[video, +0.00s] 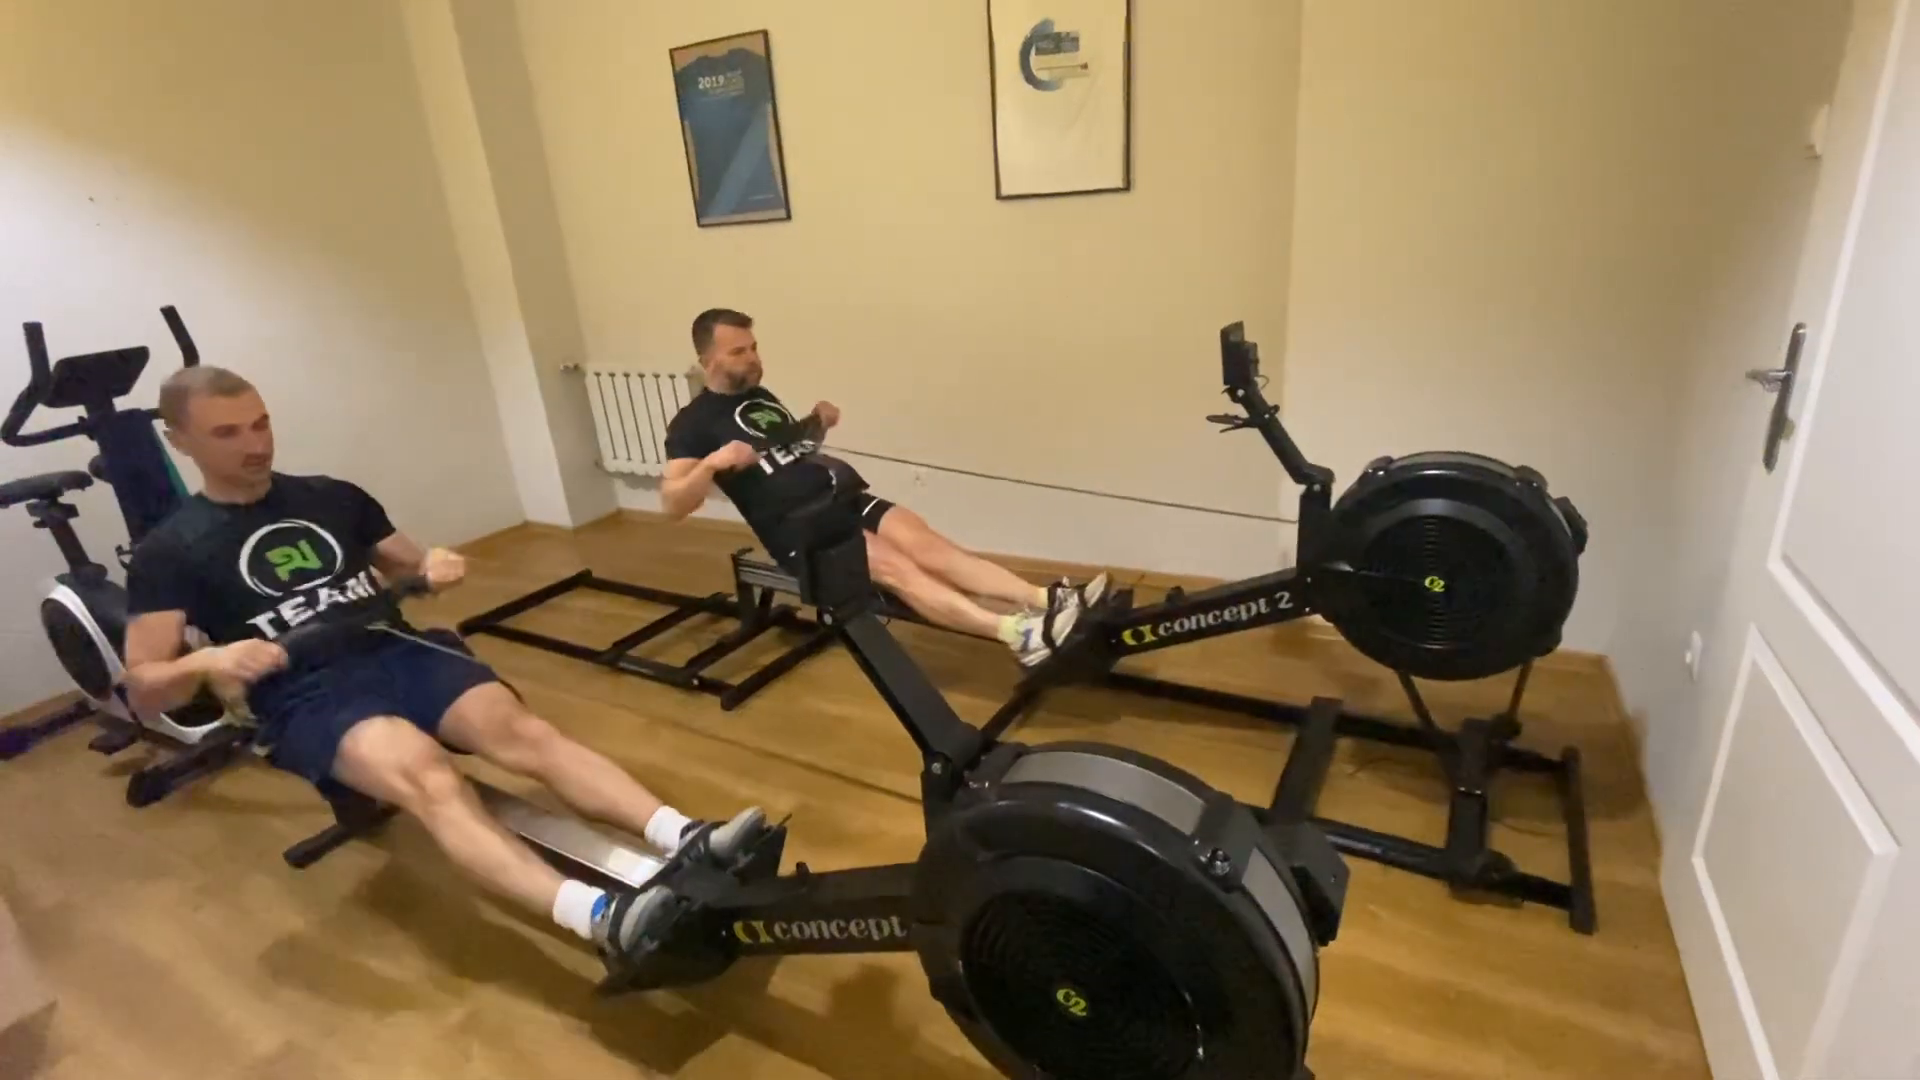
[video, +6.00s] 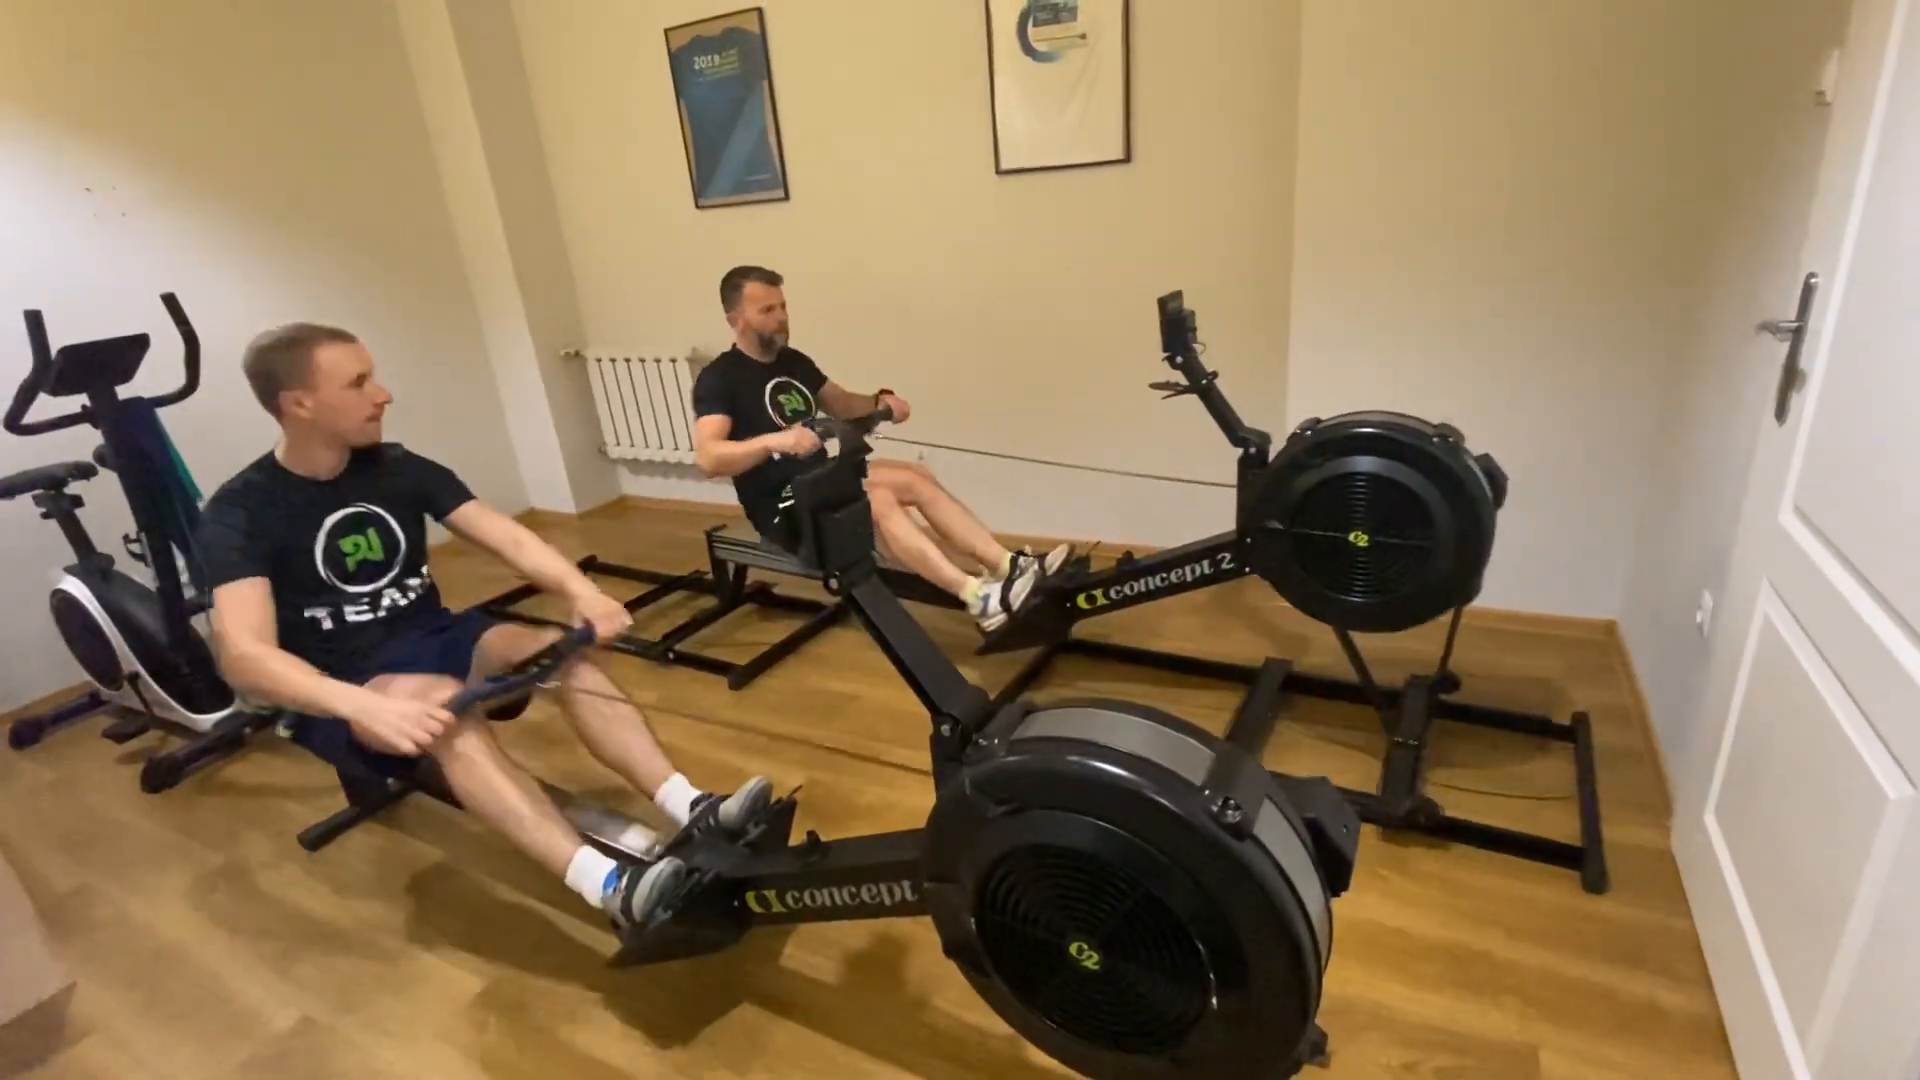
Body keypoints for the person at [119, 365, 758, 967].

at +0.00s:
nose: (254, 445)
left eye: (258, 425)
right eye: (229, 436)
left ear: (269, 417)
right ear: (185, 448)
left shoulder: (327, 497)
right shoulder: (170, 551)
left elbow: (398, 554)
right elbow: (145, 678)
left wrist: (430, 562)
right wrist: (205, 662)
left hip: (392, 646)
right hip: (305, 691)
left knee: (515, 725)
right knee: (428, 777)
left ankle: (688, 839)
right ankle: (604, 920)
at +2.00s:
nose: (490, 431)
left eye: (494, 408)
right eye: (461, 417)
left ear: (503, 404)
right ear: (401, 429)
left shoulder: (524, 488)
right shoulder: (368, 548)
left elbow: (650, 547)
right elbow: (466, 642)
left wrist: (769, 600)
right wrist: (592, 727)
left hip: (516, 691)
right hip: (417, 735)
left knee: (615, 592)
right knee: (476, 666)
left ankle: (693, 808)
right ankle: (612, 883)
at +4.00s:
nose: (530, 445)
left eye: (534, 420)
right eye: (500, 429)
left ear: (542, 416)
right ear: (438, 444)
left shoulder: (560, 494)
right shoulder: (402, 546)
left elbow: (693, 561)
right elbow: (465, 702)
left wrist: (805, 636)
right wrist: (622, 791)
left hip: (527, 686)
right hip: (431, 732)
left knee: (637, 591)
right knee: (472, 660)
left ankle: (683, 801)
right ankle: (607, 877)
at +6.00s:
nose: (381, 395)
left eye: (374, 378)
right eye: (359, 384)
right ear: (297, 406)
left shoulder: (399, 471)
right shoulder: (241, 513)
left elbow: (509, 540)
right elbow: (246, 658)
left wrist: (581, 590)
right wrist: (360, 705)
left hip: (437, 639)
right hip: (346, 679)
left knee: (562, 650)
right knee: (448, 720)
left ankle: (694, 813)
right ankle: (614, 890)